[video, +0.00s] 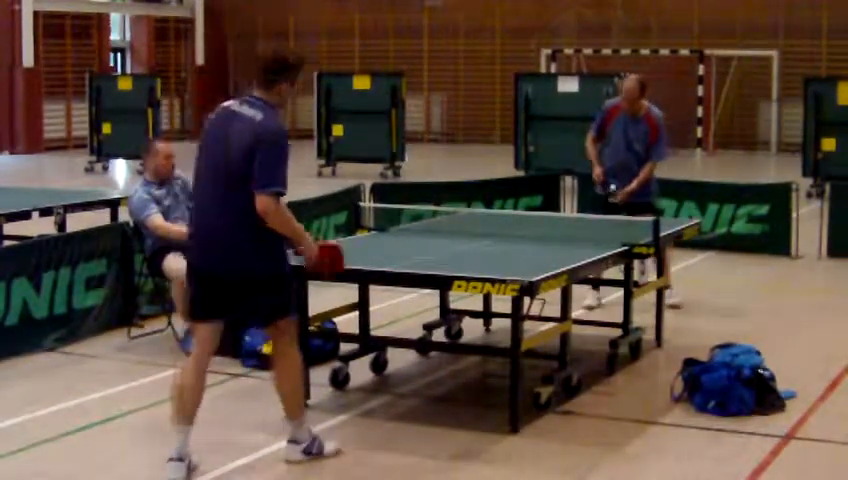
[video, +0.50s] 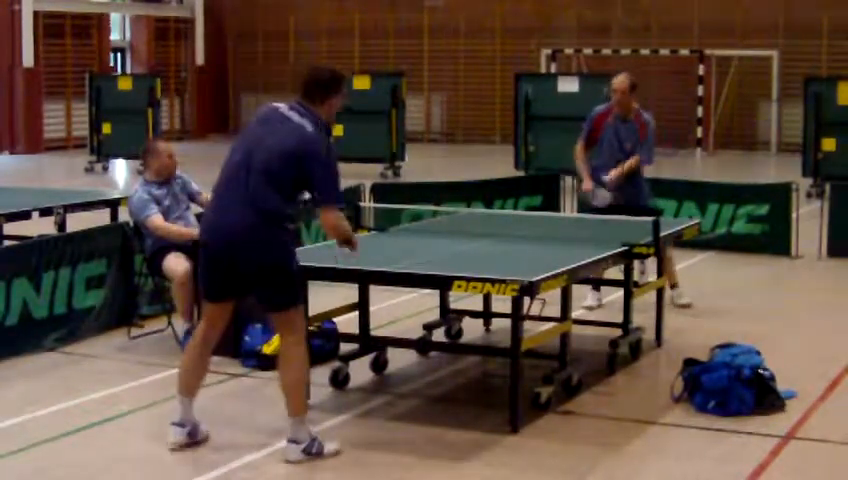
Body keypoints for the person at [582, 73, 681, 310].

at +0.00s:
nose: (627, 103)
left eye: (631, 99)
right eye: (624, 98)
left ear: (642, 97)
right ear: (620, 94)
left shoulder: (653, 118)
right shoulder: (610, 110)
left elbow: (653, 160)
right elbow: (591, 138)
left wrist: (630, 188)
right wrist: (596, 165)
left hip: (639, 186)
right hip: (609, 184)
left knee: (655, 237)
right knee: (601, 237)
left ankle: (665, 287)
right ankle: (594, 290)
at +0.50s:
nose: (616, 97)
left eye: (621, 93)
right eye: (613, 92)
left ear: (631, 94)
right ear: (610, 93)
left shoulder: (644, 121)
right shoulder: (599, 115)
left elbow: (641, 156)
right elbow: (580, 147)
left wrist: (619, 171)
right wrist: (586, 178)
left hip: (632, 185)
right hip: (601, 185)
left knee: (657, 235)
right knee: (597, 238)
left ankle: (674, 287)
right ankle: (594, 290)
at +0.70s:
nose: (630, 87)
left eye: (635, 82)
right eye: (627, 82)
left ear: (645, 86)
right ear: (621, 83)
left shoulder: (654, 107)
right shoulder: (611, 108)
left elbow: (648, 122)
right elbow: (596, 139)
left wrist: (629, 105)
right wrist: (603, 165)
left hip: (645, 183)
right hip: (615, 183)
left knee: (662, 237)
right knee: (603, 238)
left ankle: (675, 287)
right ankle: (595, 290)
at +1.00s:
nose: (645, 76)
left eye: (651, 72)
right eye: (643, 71)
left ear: (661, 79)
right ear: (638, 76)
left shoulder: (669, 106)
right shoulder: (627, 99)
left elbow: (682, 142)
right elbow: (618, 110)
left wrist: (665, 149)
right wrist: (633, 113)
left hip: (657, 183)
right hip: (626, 180)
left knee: (669, 236)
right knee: (611, 235)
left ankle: (676, 288)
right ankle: (596, 289)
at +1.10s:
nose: (648, 76)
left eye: (654, 72)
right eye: (646, 71)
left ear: (664, 78)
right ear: (640, 75)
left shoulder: (672, 106)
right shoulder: (631, 98)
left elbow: (686, 143)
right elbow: (625, 103)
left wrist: (673, 162)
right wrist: (655, 97)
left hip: (658, 180)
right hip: (627, 177)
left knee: (669, 236)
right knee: (612, 234)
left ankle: (676, 287)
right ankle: (597, 289)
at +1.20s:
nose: (651, 75)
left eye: (656, 72)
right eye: (648, 71)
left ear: (666, 79)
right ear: (642, 75)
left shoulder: (674, 107)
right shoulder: (632, 98)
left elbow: (685, 143)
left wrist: (673, 165)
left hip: (658, 180)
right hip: (628, 178)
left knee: (669, 236)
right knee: (612, 234)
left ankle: (675, 287)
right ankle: (596, 288)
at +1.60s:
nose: (642, 121)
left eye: (647, 117)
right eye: (640, 116)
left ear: (653, 116)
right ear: (634, 111)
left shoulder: (657, 135)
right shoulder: (619, 121)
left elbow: (665, 172)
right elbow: (589, 139)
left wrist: (649, 199)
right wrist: (622, 150)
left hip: (641, 201)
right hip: (609, 198)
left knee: (664, 244)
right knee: (598, 246)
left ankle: (676, 289)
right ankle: (587, 294)